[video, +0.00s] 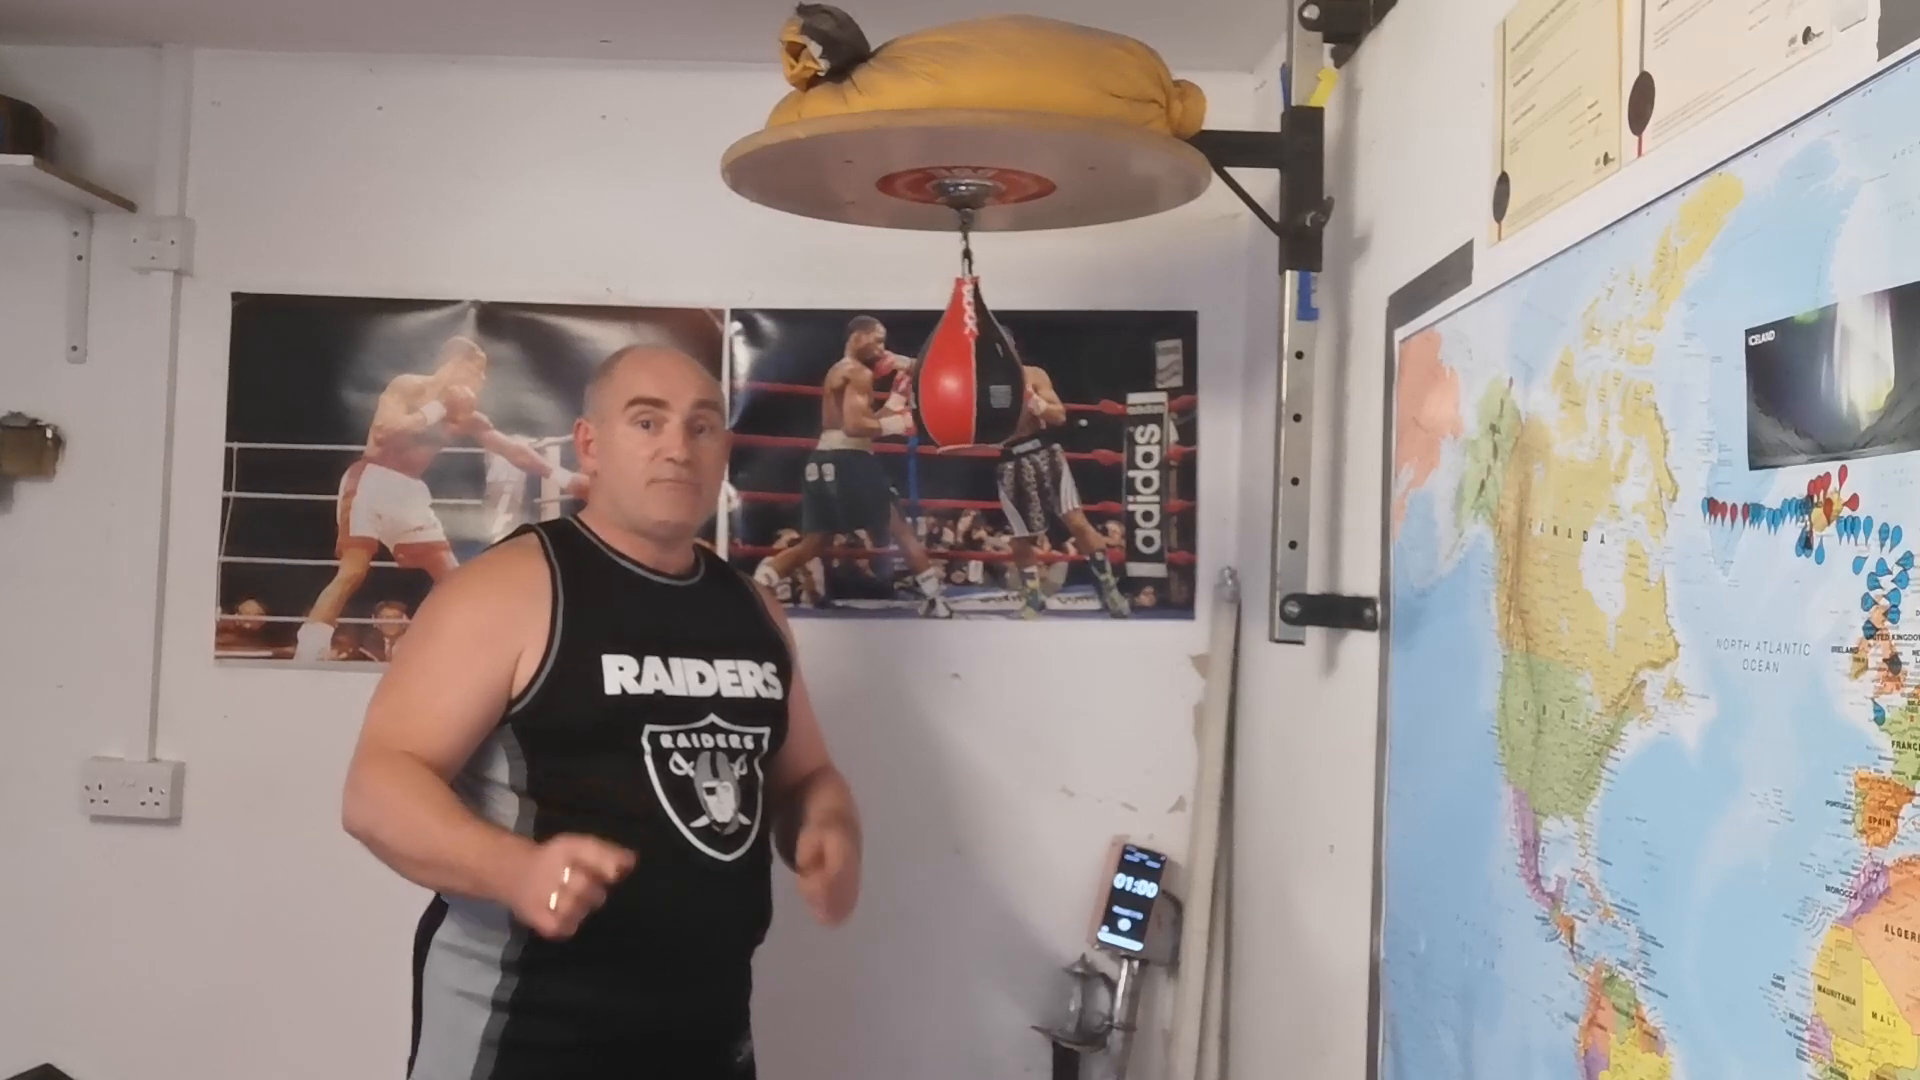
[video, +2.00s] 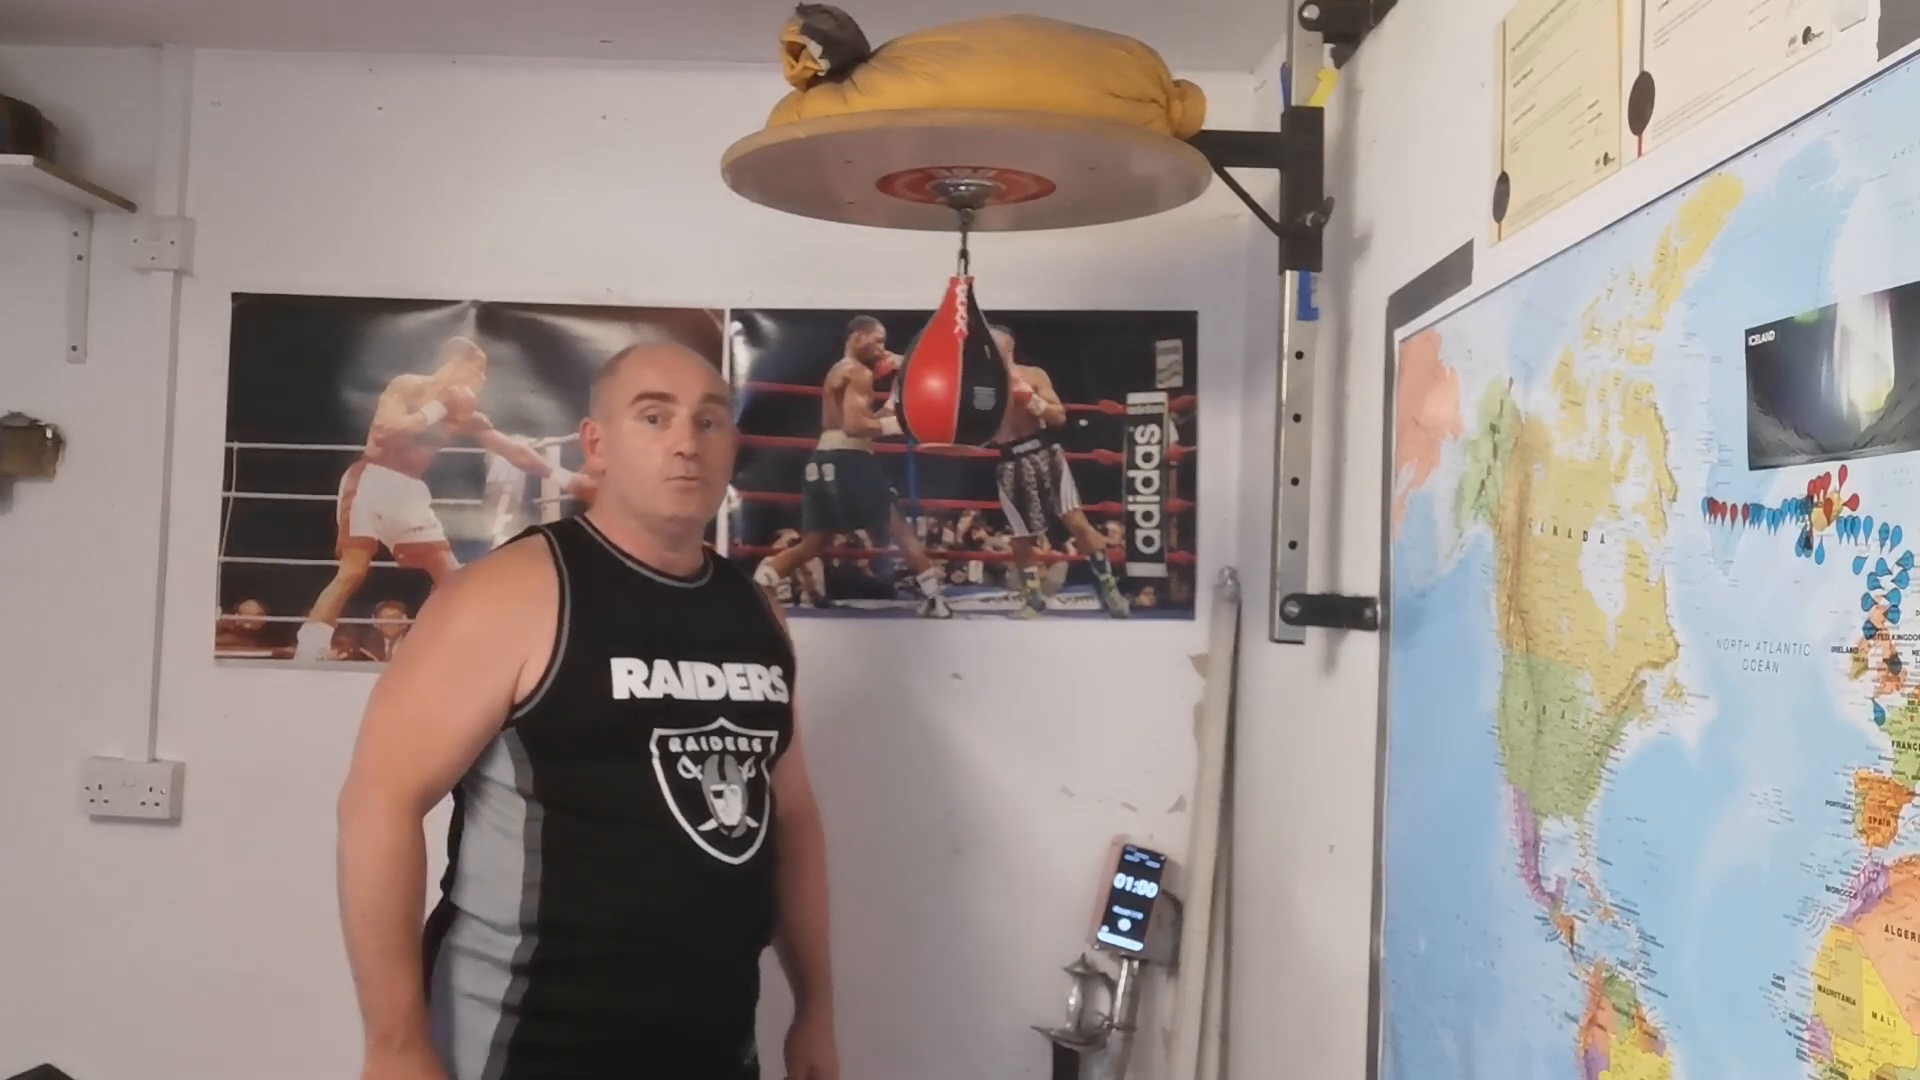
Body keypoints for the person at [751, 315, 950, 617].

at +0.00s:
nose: (881, 349)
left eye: (883, 343)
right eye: (878, 342)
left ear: (857, 340)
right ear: (858, 337)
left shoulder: (834, 372)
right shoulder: (858, 373)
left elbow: (848, 422)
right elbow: (854, 425)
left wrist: (886, 409)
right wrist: (894, 423)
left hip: (820, 463)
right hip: (852, 463)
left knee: (816, 541)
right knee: (901, 529)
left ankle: (756, 587)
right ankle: (935, 597)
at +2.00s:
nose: (881, 350)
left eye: (883, 343)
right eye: (877, 342)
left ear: (855, 341)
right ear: (857, 338)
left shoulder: (834, 372)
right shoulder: (859, 373)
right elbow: (854, 425)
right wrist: (888, 424)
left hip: (820, 463)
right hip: (852, 463)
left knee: (814, 542)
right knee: (902, 530)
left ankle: (755, 588)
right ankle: (935, 597)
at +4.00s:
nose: (881, 349)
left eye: (882, 343)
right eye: (877, 342)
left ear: (853, 340)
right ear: (856, 338)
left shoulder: (834, 372)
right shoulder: (858, 373)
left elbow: (837, 419)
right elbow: (854, 425)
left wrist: (878, 375)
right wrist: (884, 425)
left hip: (820, 462)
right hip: (852, 462)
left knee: (814, 542)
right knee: (903, 530)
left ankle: (753, 588)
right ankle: (936, 599)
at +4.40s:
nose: (881, 349)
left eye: (883, 343)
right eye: (878, 342)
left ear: (855, 340)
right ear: (859, 338)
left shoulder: (834, 373)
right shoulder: (858, 373)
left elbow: (849, 422)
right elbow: (855, 424)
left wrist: (888, 411)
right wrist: (896, 423)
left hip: (821, 463)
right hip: (853, 463)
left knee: (814, 542)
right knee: (901, 528)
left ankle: (754, 589)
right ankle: (935, 597)